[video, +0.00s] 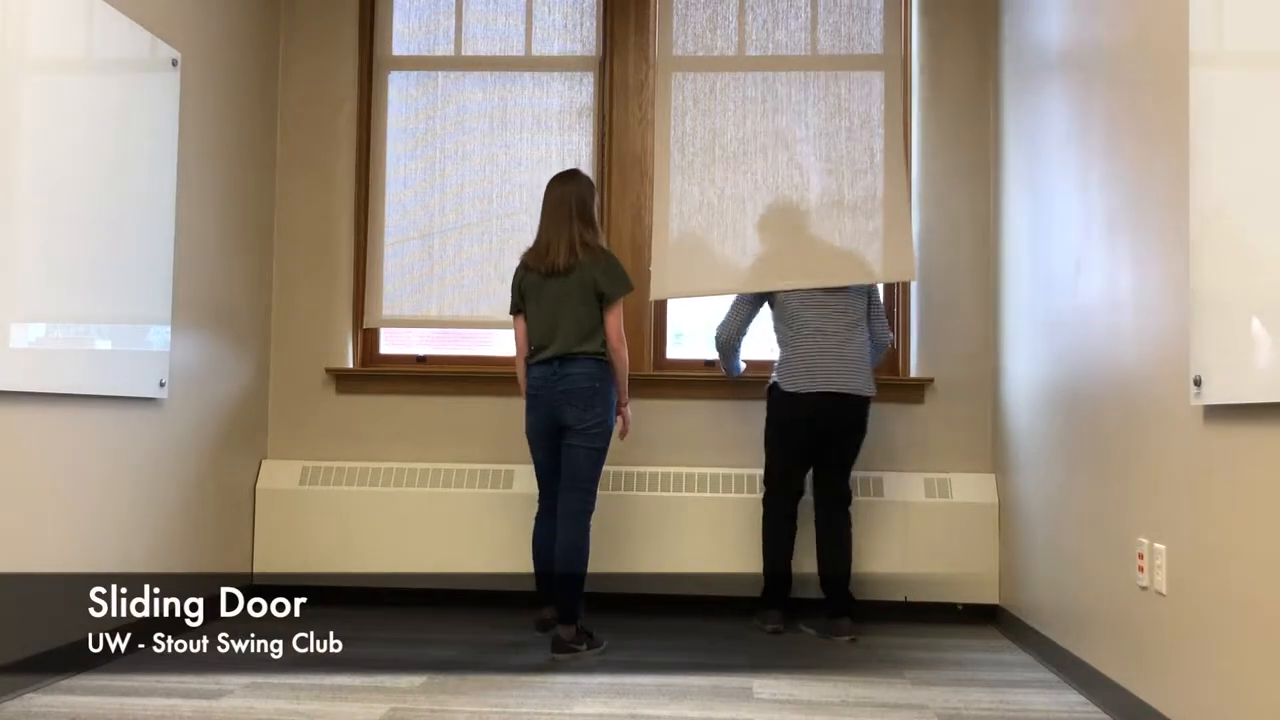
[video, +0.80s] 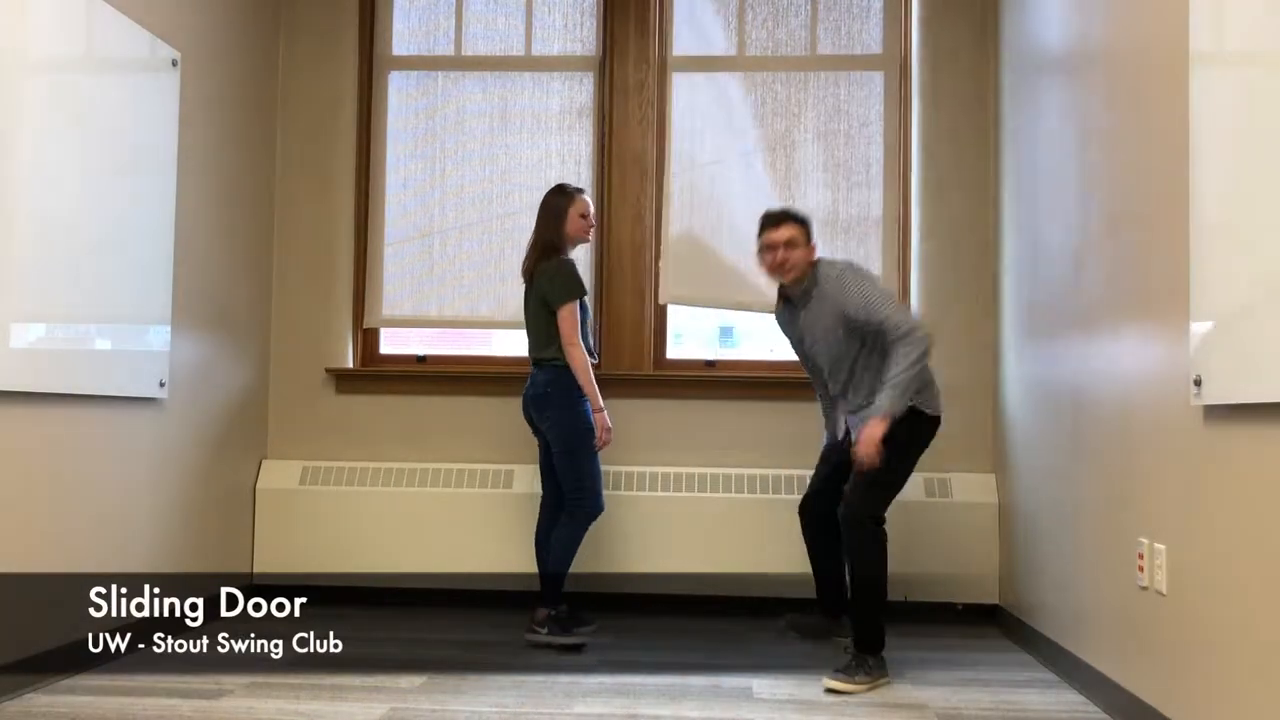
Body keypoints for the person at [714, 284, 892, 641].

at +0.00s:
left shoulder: (774, 266)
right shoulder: (859, 269)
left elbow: (727, 334)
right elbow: (883, 338)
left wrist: (733, 368)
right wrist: (852, 367)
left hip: (794, 395)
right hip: (850, 398)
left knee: (780, 499)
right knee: (834, 501)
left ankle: (774, 608)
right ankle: (839, 614)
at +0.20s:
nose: (744, 298)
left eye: (744, 290)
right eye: (740, 292)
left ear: (760, 280)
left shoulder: (771, 290)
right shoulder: (843, 286)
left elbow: (738, 372)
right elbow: (896, 344)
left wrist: (731, 368)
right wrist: (865, 374)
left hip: (835, 389)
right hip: (885, 390)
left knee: (785, 492)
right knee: (845, 504)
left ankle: (809, 613)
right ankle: (841, 617)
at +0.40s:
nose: (727, 346)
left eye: (726, 335)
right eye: (722, 339)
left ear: (748, 319)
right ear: (750, 318)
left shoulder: (771, 333)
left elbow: (776, 419)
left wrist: (751, 407)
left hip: (875, 401)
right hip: (904, 397)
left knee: (822, 504)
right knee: (839, 506)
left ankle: (853, 637)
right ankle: (848, 628)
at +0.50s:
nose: (724, 351)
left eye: (727, 339)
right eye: (719, 343)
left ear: (752, 325)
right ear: (750, 328)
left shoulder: (778, 340)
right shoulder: (781, 334)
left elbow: (792, 427)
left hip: (900, 409)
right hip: (886, 408)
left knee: (846, 504)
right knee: (828, 492)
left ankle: (868, 655)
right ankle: (840, 616)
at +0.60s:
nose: (735, 331)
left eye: (740, 318)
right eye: (728, 324)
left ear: (768, 309)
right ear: (729, 326)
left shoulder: (802, 337)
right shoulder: (798, 338)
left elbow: (820, 420)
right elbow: (846, 413)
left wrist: (807, 483)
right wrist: (813, 481)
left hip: (909, 413)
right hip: (879, 416)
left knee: (852, 508)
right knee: (822, 498)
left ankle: (868, 656)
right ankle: (838, 617)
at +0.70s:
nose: (758, 293)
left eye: (766, 282)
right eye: (749, 287)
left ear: (789, 280)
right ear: (743, 293)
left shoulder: (816, 311)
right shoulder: (786, 322)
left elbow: (863, 380)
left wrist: (840, 454)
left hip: (912, 412)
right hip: (875, 414)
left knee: (857, 507)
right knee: (818, 497)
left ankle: (868, 657)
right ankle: (835, 616)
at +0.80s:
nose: (780, 256)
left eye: (790, 245)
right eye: (770, 249)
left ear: (811, 249)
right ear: (762, 259)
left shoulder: (843, 283)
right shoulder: (788, 311)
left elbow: (912, 335)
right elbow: (824, 383)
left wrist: (883, 416)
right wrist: (836, 435)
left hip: (907, 412)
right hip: (855, 419)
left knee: (859, 514)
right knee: (816, 510)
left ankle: (869, 656)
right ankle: (832, 617)